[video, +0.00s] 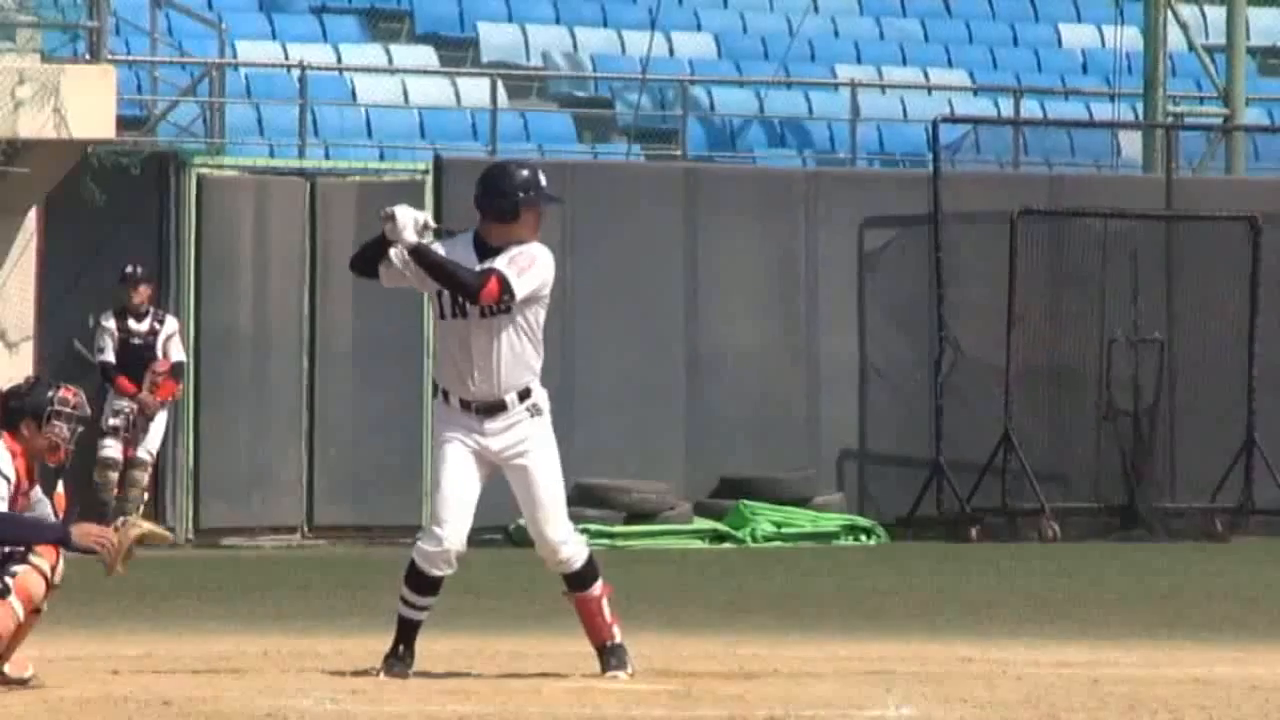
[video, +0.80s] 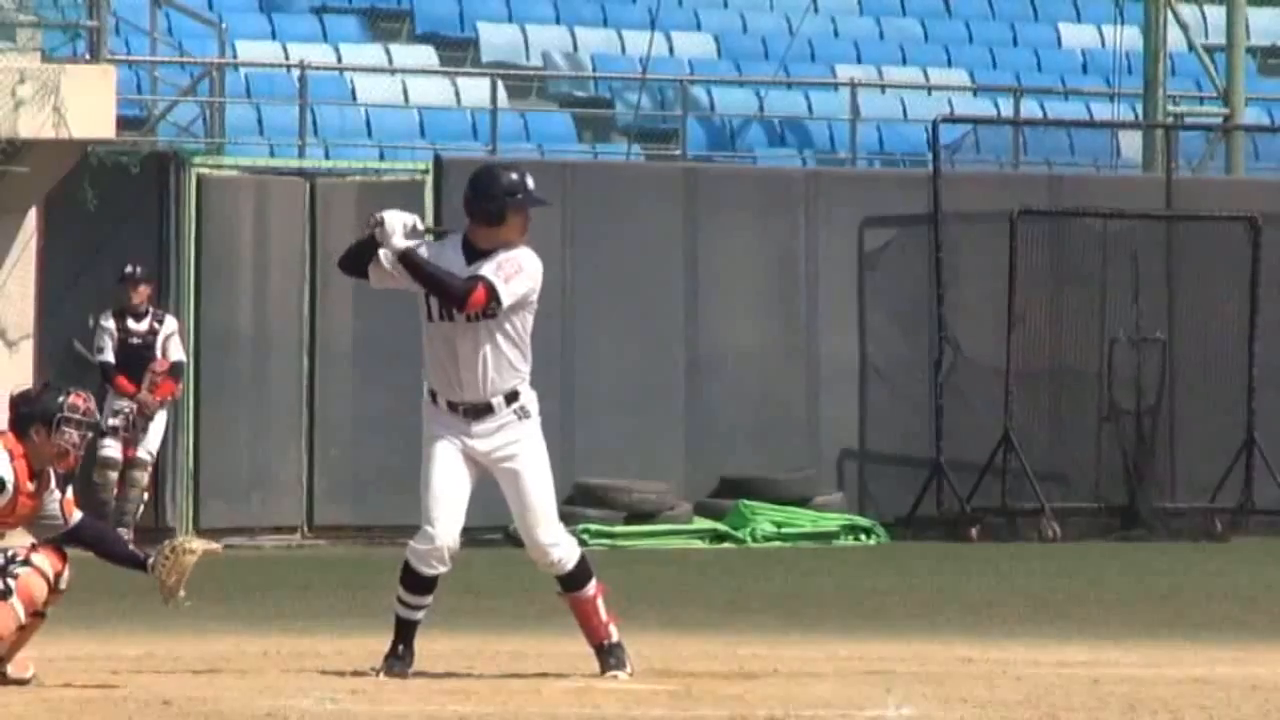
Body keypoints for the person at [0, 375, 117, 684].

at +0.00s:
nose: (63, 435)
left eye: (68, 426)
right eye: (55, 425)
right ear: (27, 427)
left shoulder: (24, 462)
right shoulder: (4, 459)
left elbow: (46, 527)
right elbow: (4, 526)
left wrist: (101, 543)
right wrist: (65, 534)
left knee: (48, 559)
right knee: (27, 580)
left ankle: (4, 659)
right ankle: (3, 660)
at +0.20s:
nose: (63, 434)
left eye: (67, 425)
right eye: (54, 424)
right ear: (26, 426)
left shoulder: (33, 468)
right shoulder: (5, 466)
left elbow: (64, 523)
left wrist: (130, 556)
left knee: (51, 562)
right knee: (24, 581)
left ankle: (4, 659)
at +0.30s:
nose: (66, 433)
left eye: (69, 424)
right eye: (56, 424)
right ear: (27, 426)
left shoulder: (38, 475)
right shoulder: (5, 469)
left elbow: (74, 526)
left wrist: (142, 557)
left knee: (51, 564)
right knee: (26, 578)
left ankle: (5, 659)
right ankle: (5, 659)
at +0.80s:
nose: (75, 440)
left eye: (79, 431)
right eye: (67, 430)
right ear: (37, 433)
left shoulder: (41, 477)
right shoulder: (5, 469)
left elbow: (81, 528)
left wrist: (147, 561)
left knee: (51, 565)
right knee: (28, 579)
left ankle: (4, 660)